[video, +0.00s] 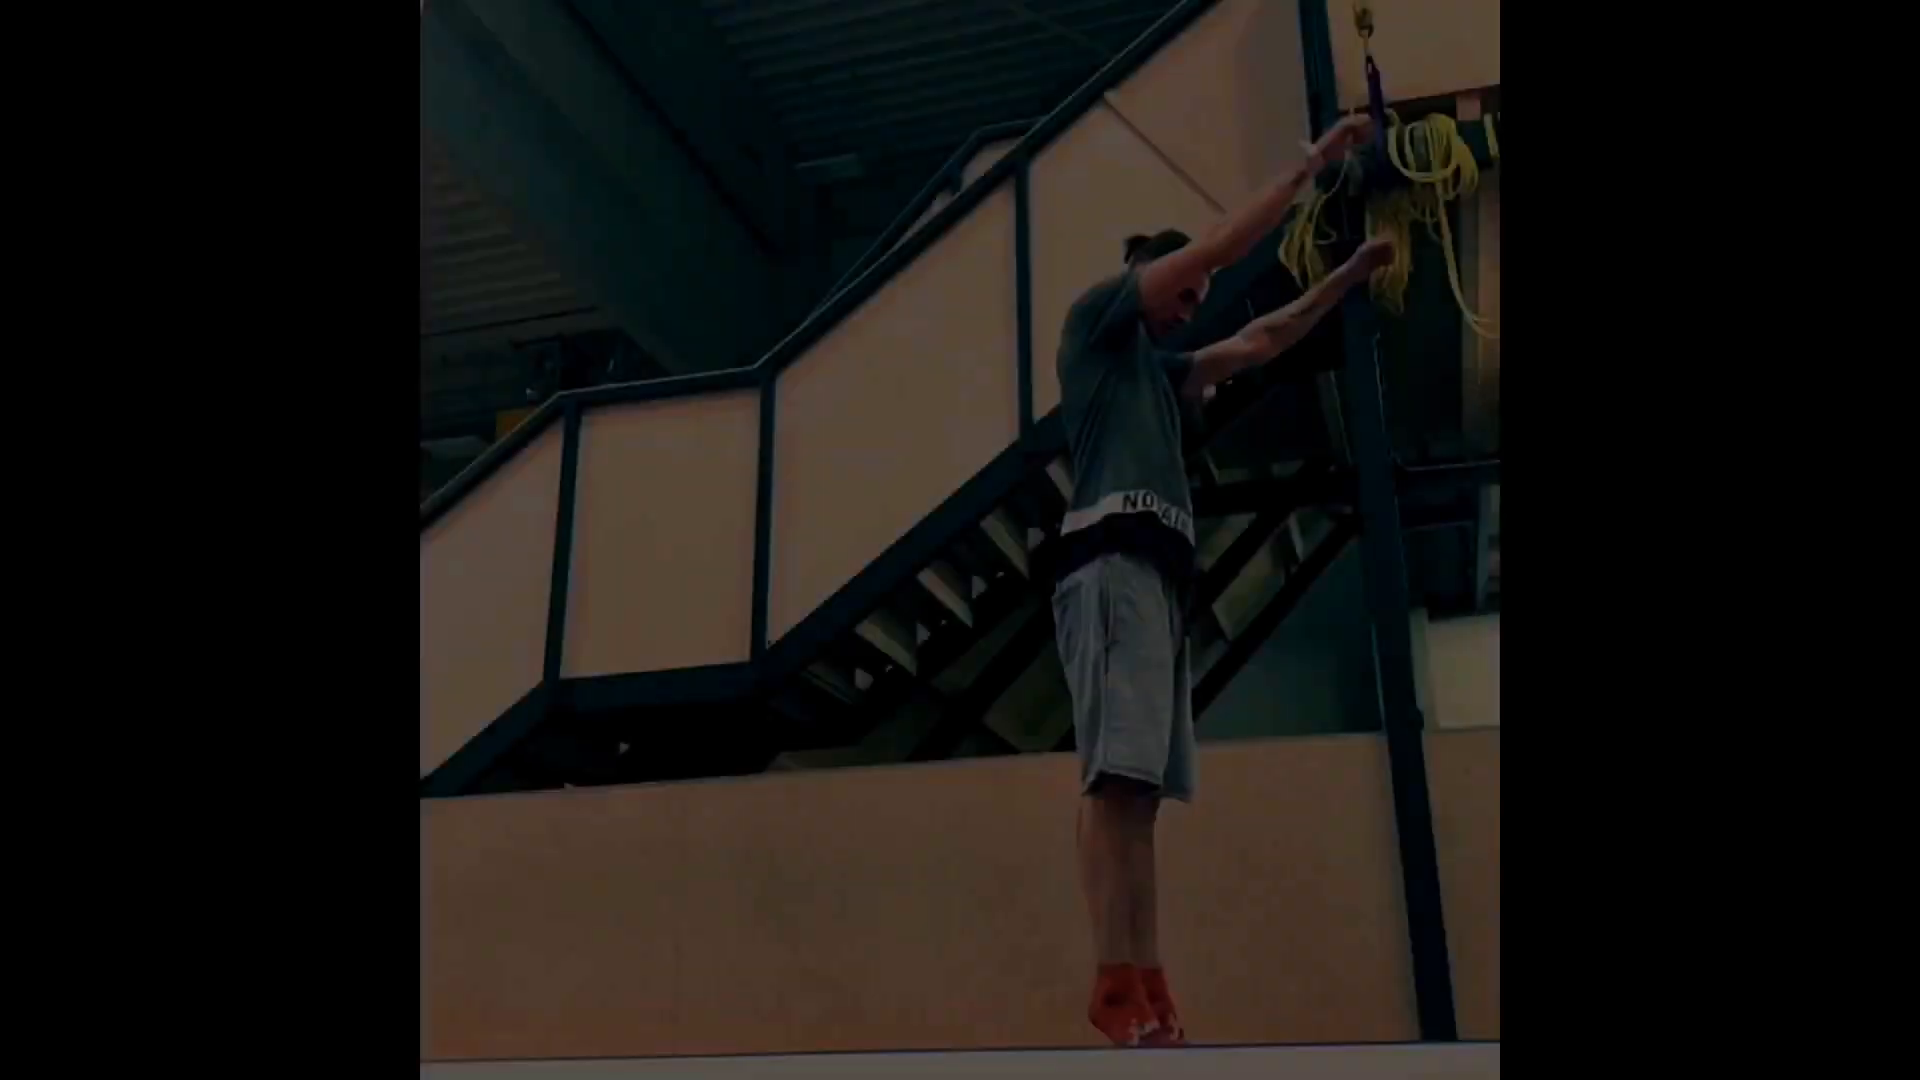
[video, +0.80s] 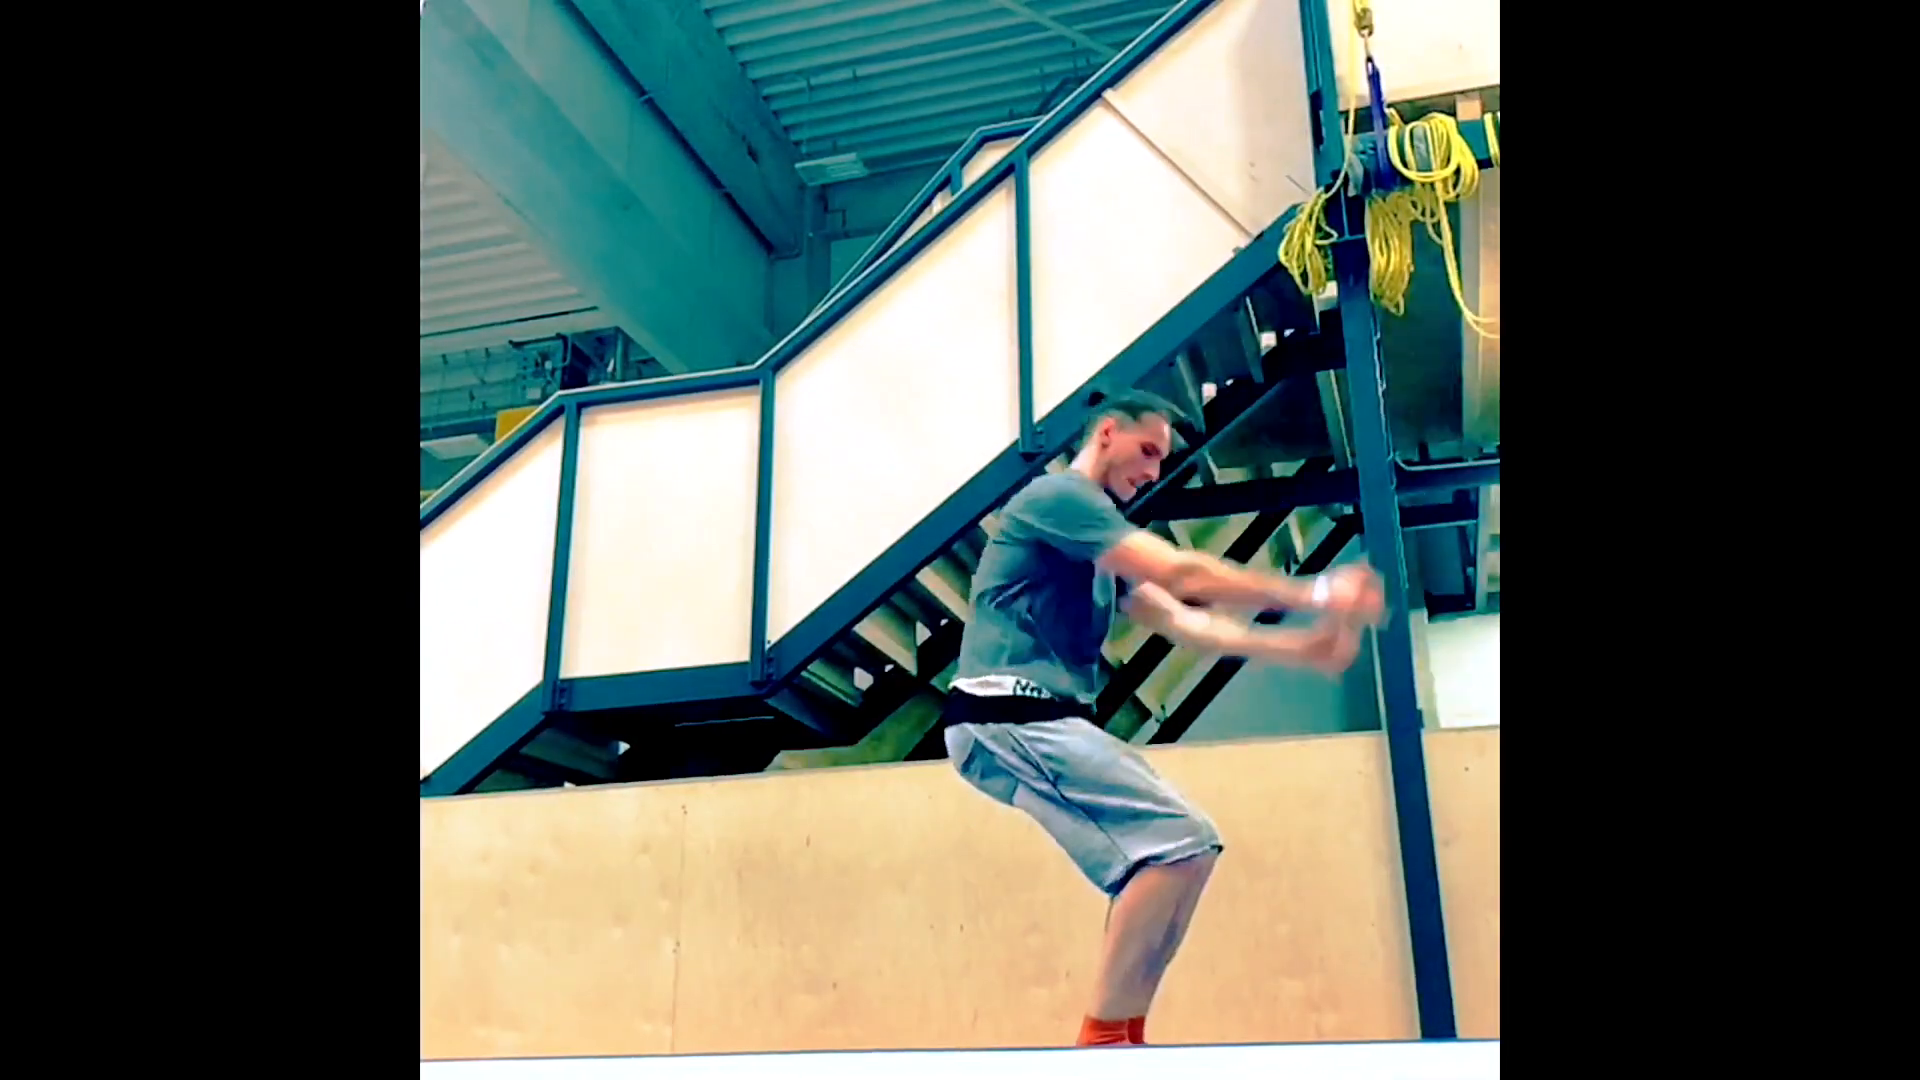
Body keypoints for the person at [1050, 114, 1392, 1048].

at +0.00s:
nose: (1193, 305)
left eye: (1196, 294)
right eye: (1185, 287)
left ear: (1167, 298)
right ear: (1144, 273)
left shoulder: (1159, 367)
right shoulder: (1094, 319)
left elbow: (1261, 339)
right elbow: (1215, 247)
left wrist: (1346, 276)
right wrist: (1313, 162)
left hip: (1155, 576)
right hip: (1108, 568)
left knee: (1143, 788)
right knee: (1116, 779)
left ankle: (1148, 987)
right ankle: (1114, 989)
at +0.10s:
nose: (1196, 313)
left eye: (1203, 304)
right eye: (1186, 296)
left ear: (1190, 301)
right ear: (1144, 277)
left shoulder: (1159, 379)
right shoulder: (1096, 319)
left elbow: (1251, 401)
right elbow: (1236, 318)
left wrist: (1356, 364)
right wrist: (1351, 280)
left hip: (1149, 579)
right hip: (1101, 565)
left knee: (1137, 785)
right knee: (1111, 779)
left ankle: (1144, 983)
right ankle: (1108, 987)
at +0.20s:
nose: (1205, 334)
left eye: (1215, 327)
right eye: (1204, 314)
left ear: (1208, 328)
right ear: (1169, 284)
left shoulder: (1161, 391)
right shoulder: (1105, 333)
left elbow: (1190, 509)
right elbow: (1162, 437)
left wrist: (1248, 582)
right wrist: (1264, 515)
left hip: (1144, 597)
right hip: (1095, 581)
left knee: (1145, 795)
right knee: (1115, 787)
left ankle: (1146, 987)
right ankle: (1111, 989)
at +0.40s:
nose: (1267, 489)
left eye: (1278, 480)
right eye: (1271, 469)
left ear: (1247, 452)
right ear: (1236, 432)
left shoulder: (1180, 483)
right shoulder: (1152, 437)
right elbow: (1024, 372)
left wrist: (1076, 415)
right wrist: (930, 312)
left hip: (1067, 652)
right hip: (1027, 644)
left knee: (1189, 803)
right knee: (1168, 797)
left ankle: (1131, 1004)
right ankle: (1100, 1004)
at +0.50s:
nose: (1264, 580)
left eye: (1277, 572)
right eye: (1266, 559)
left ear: (1240, 538)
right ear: (1231, 523)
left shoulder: (1179, 570)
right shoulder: (1144, 530)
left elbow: (1099, 478)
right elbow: (1044, 441)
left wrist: (1069, 425)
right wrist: (968, 363)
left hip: (1044, 725)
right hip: (1007, 716)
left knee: (1197, 837)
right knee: (1173, 829)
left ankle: (1128, 1027)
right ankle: (1101, 1029)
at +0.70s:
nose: (1214, 527)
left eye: (1224, 518)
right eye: (1215, 506)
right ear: (1178, 478)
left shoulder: (1137, 568)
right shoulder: (1084, 531)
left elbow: (1101, 691)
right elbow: (1064, 665)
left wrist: (1110, 780)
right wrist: (1069, 796)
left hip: (1051, 731)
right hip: (1002, 730)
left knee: (1203, 849)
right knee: (1179, 845)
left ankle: (1124, 1035)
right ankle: (1104, 1037)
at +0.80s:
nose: (1152, 472)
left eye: (1161, 462)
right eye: (1148, 451)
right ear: (1106, 431)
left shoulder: (1102, 538)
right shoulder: (1057, 495)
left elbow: (1183, 618)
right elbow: (1180, 573)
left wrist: (1303, 647)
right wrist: (1310, 594)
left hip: (1048, 715)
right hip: (1007, 713)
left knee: (1192, 850)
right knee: (1172, 847)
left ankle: (1122, 1039)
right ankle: (1103, 1040)